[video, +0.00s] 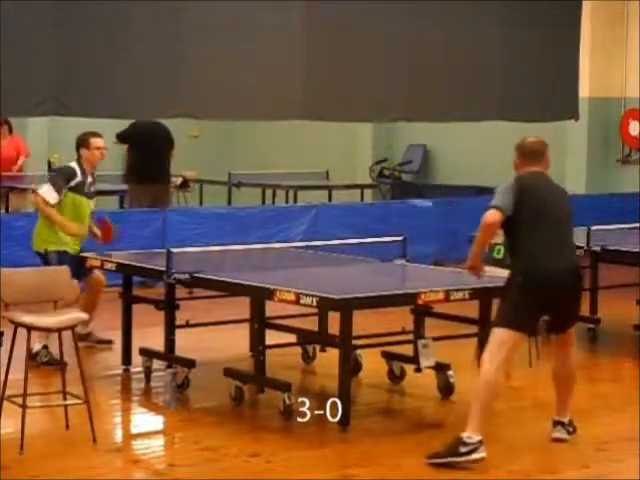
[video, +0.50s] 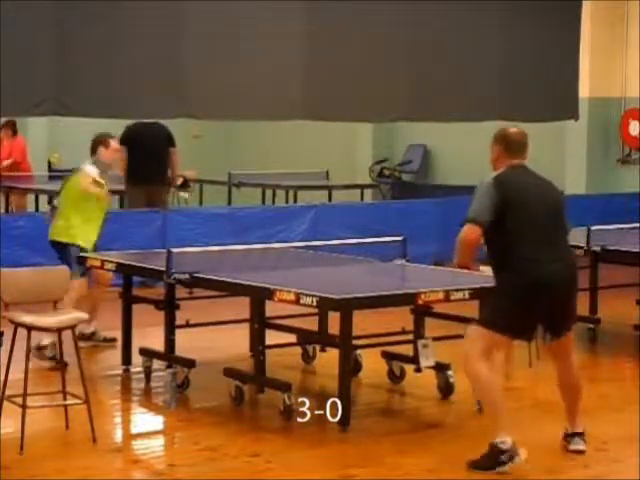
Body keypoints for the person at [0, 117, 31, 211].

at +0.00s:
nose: (3, 130)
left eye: (4, 127)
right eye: (2, 127)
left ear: (8, 128)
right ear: (0, 128)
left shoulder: (15, 140)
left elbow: (23, 153)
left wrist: (17, 166)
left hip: (13, 174)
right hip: (3, 174)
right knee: (3, 196)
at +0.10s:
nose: (4, 132)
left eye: (5, 129)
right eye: (2, 129)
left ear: (10, 130)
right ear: (0, 130)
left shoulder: (16, 141)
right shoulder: (2, 143)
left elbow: (22, 156)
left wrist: (13, 170)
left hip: (17, 179)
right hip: (4, 178)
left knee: (16, 209)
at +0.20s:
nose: (4, 133)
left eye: (6, 130)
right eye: (2, 131)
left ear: (10, 131)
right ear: (1, 131)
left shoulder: (16, 142)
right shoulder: (3, 143)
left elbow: (19, 159)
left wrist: (10, 175)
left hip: (19, 177)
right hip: (6, 177)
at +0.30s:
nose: (3, 134)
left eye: (5, 131)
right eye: (2, 131)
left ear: (10, 131)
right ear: (1, 132)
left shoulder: (16, 143)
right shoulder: (3, 144)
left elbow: (17, 161)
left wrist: (8, 177)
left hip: (20, 178)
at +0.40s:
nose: (4, 134)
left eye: (5, 131)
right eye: (3, 131)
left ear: (10, 131)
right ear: (2, 132)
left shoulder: (17, 142)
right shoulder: (4, 143)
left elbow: (16, 159)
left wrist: (7, 172)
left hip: (20, 177)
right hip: (9, 178)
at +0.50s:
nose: (5, 133)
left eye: (7, 130)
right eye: (4, 130)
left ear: (12, 130)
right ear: (2, 130)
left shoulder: (18, 141)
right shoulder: (4, 141)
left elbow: (17, 158)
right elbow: (3, 156)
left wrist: (5, 163)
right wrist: (4, 162)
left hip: (20, 177)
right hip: (8, 176)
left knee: (19, 205)